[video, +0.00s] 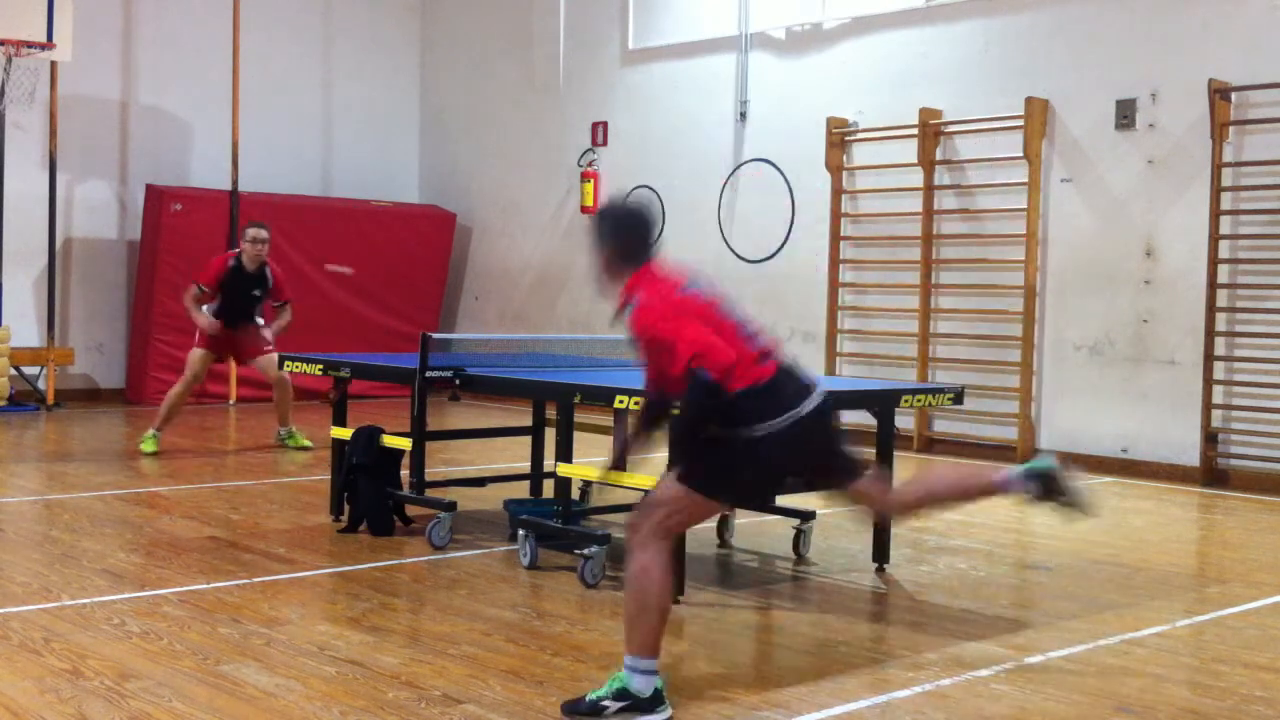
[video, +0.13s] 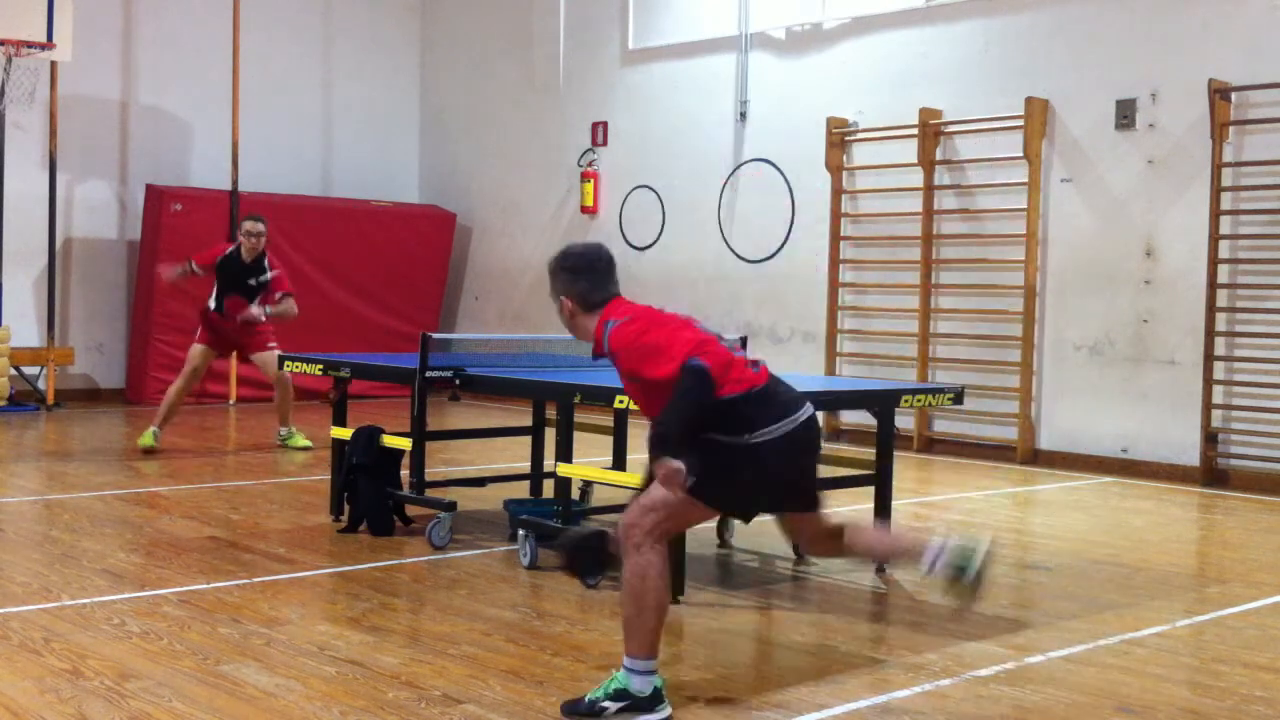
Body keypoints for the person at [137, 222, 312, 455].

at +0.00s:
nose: (259, 247)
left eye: (264, 243)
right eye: (253, 242)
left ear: (269, 246)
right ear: (242, 244)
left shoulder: (271, 273)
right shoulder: (223, 265)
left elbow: (286, 312)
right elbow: (191, 298)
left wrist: (270, 331)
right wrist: (201, 319)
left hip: (248, 330)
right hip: (216, 327)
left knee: (281, 378)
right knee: (192, 377)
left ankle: (286, 432)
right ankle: (154, 432)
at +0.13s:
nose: (253, 241)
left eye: (258, 236)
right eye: (248, 235)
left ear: (266, 239)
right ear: (239, 235)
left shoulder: (270, 266)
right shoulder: (224, 254)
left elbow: (291, 308)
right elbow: (191, 268)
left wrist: (262, 311)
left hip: (252, 329)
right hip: (216, 325)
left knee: (283, 376)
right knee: (190, 373)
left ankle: (286, 431)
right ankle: (155, 430)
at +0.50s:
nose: (235, 228)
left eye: (240, 223)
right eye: (230, 222)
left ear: (248, 226)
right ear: (222, 225)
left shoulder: (256, 254)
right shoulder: (212, 248)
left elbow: (279, 295)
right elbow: (189, 266)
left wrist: (266, 298)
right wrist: (156, 278)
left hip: (243, 320)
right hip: (208, 316)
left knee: (267, 362)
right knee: (181, 369)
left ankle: (283, 426)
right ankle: (185, 417)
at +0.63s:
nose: (223, 227)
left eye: (228, 222)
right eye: (217, 221)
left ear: (233, 227)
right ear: (207, 225)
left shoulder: (239, 255)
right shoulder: (194, 250)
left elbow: (261, 287)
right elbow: (169, 274)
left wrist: (261, 306)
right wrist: (158, 306)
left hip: (231, 318)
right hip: (196, 317)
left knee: (256, 359)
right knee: (187, 371)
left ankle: (275, 422)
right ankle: (190, 422)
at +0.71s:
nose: (218, 222)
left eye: (223, 217)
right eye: (212, 216)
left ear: (228, 220)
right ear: (201, 219)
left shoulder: (233, 249)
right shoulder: (188, 245)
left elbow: (252, 282)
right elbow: (167, 270)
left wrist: (254, 308)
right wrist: (166, 302)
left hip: (226, 315)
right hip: (192, 314)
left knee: (252, 354)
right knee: (183, 366)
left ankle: (253, 417)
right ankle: (189, 419)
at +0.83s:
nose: (213, 218)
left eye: (218, 213)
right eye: (208, 213)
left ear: (223, 217)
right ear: (196, 216)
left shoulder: (230, 244)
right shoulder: (184, 240)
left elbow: (246, 277)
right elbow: (168, 265)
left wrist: (250, 303)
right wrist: (169, 295)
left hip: (221, 311)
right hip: (186, 308)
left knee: (235, 363)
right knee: (166, 357)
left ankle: (237, 414)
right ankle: (168, 412)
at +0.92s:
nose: (209, 225)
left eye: (213, 221)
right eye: (204, 220)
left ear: (218, 224)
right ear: (193, 224)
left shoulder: (227, 251)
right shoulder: (179, 247)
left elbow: (245, 282)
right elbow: (165, 274)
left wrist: (251, 306)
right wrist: (165, 302)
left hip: (217, 315)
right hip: (181, 312)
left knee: (232, 367)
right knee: (156, 361)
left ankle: (234, 419)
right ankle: (135, 418)